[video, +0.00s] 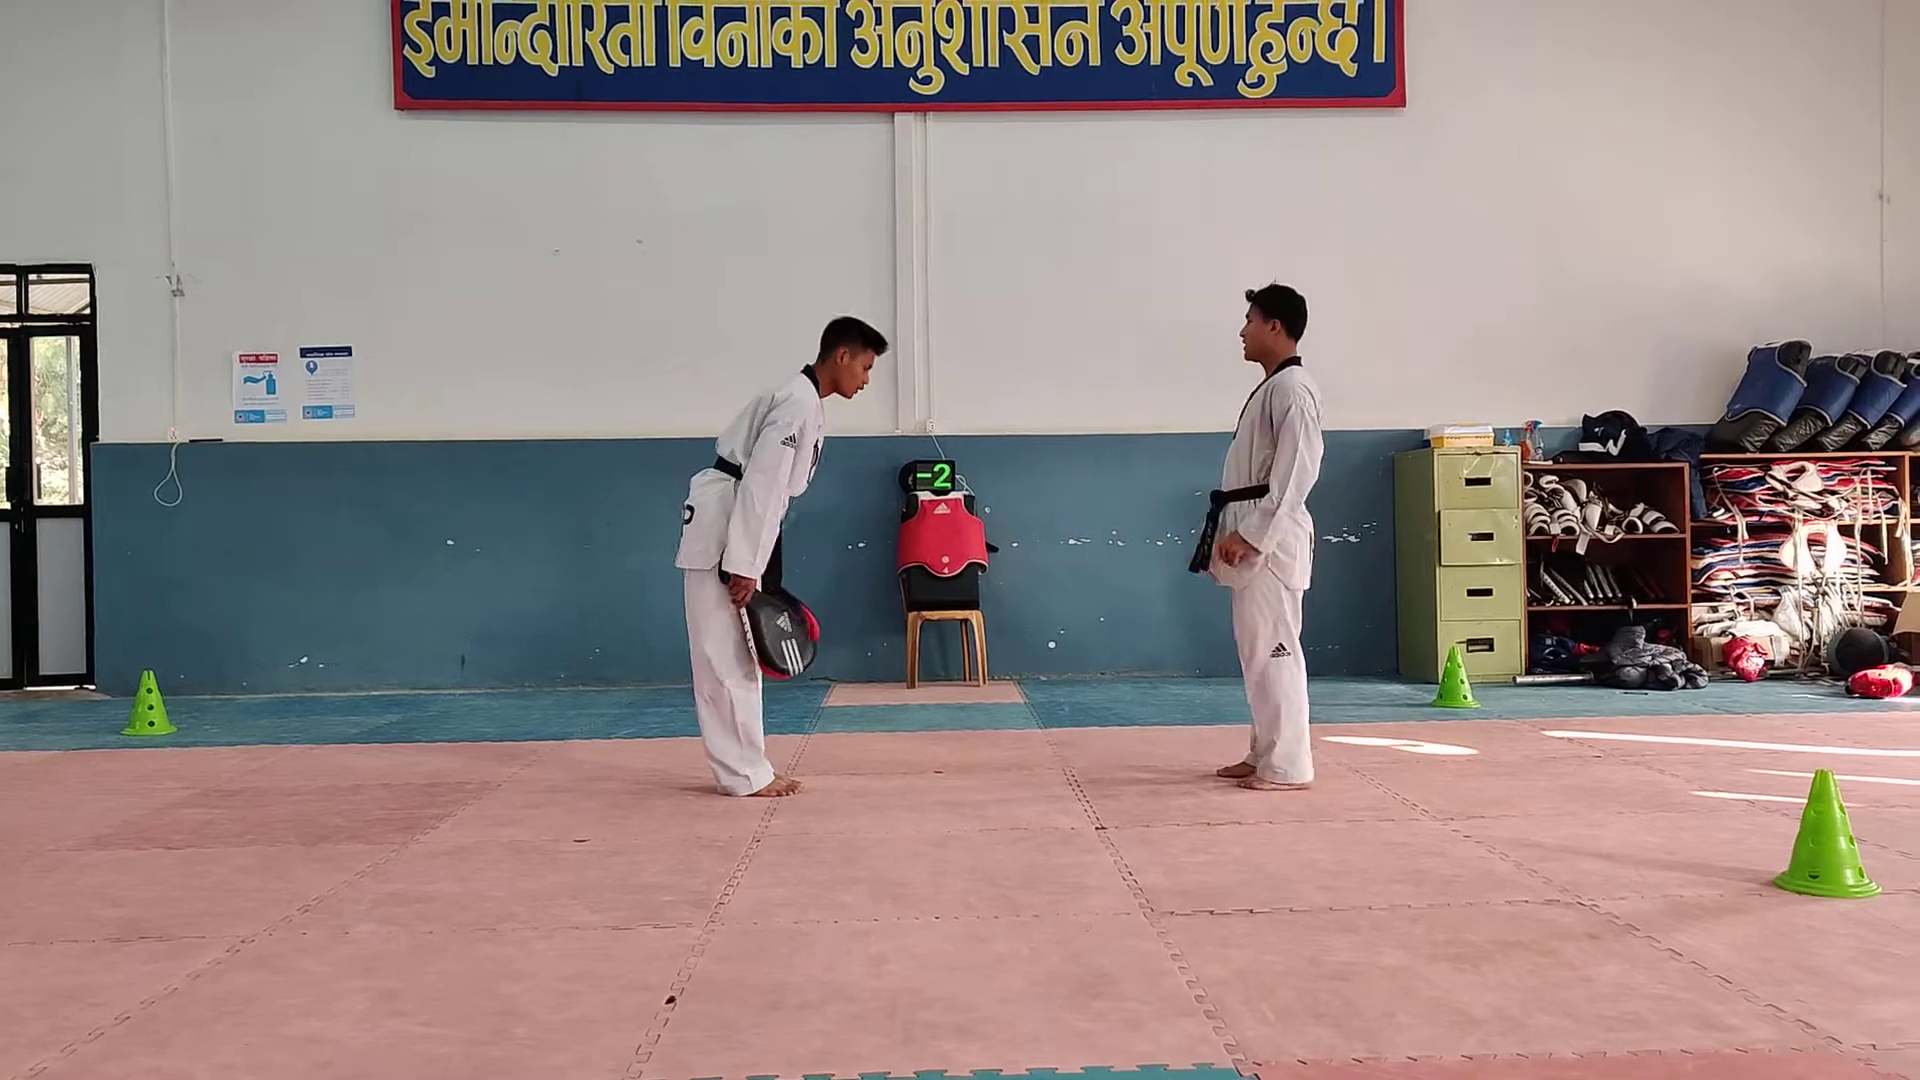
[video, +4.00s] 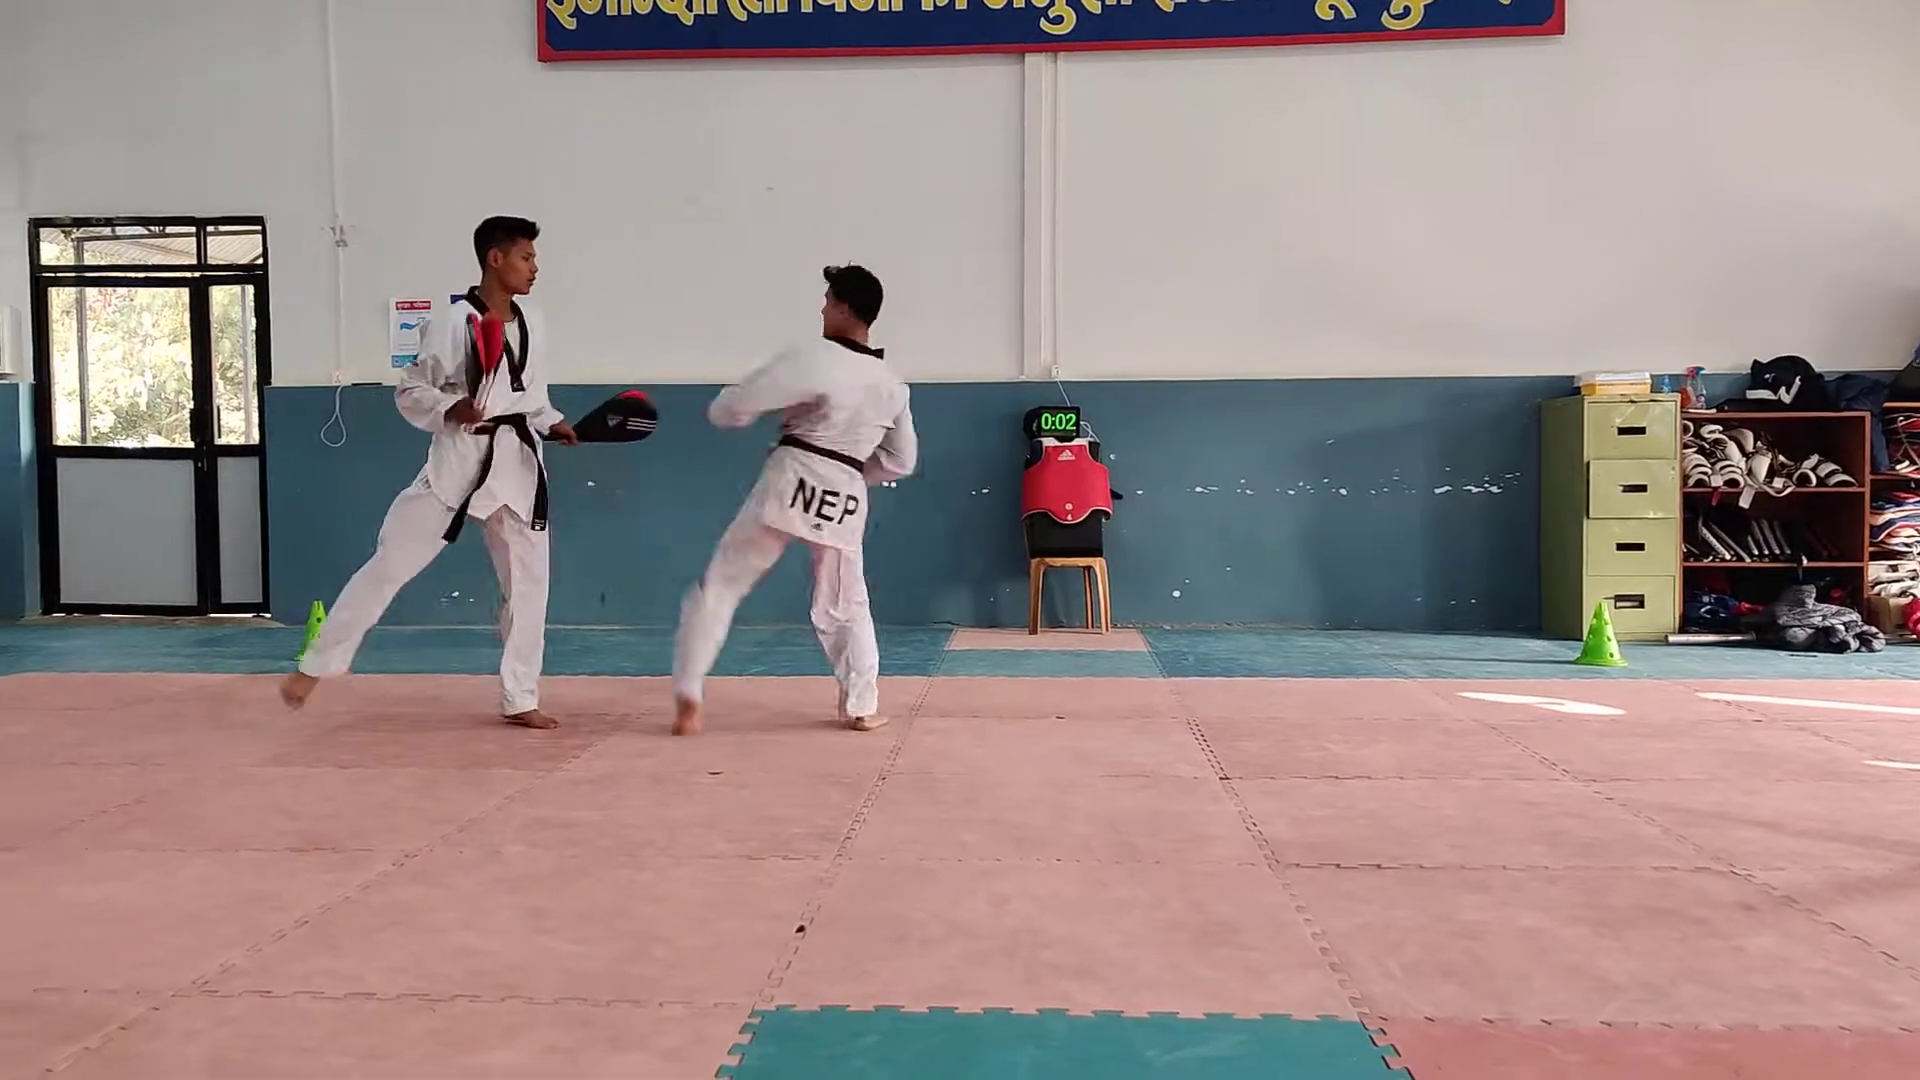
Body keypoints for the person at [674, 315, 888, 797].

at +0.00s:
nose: (866, 379)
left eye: (870, 369)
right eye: (866, 367)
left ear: (840, 357)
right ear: (841, 356)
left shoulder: (805, 404)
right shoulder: (796, 403)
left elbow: (772, 493)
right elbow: (760, 486)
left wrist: (759, 569)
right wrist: (744, 563)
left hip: (733, 535)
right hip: (718, 533)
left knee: (738, 656)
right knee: (725, 658)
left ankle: (748, 769)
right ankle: (740, 773)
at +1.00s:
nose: (790, 305)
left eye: (786, 296)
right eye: (781, 297)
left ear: (751, 308)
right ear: (758, 306)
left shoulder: (732, 368)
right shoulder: (769, 365)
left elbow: (742, 460)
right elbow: (771, 457)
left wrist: (798, 534)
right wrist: (775, 532)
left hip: (739, 513)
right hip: (767, 514)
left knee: (748, 636)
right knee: (769, 638)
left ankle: (740, 757)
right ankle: (748, 763)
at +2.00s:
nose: (825, 302)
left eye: (823, 292)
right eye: (818, 293)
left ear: (782, 300)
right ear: (793, 298)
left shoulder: (734, 353)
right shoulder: (807, 358)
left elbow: (700, 425)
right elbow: (838, 448)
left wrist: (727, 473)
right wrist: (892, 508)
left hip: (726, 487)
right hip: (773, 487)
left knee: (723, 624)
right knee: (789, 622)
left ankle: (706, 749)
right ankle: (798, 758)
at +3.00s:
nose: (749, 309)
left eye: (748, 299)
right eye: (741, 299)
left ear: (716, 304)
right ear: (711, 301)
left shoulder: (699, 363)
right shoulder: (692, 358)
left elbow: (710, 450)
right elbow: (685, 435)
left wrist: (764, 478)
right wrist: (759, 434)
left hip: (659, 489)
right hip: (679, 487)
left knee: (692, 619)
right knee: (751, 603)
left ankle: (653, 733)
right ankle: (811, 737)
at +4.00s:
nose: (535, 267)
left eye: (534, 258)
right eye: (526, 258)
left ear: (510, 262)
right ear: (496, 259)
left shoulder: (529, 323)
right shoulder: (452, 319)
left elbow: (529, 392)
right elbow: (411, 393)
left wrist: (553, 421)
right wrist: (449, 409)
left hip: (516, 462)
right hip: (456, 461)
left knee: (529, 579)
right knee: (392, 564)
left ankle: (520, 700)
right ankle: (316, 664)